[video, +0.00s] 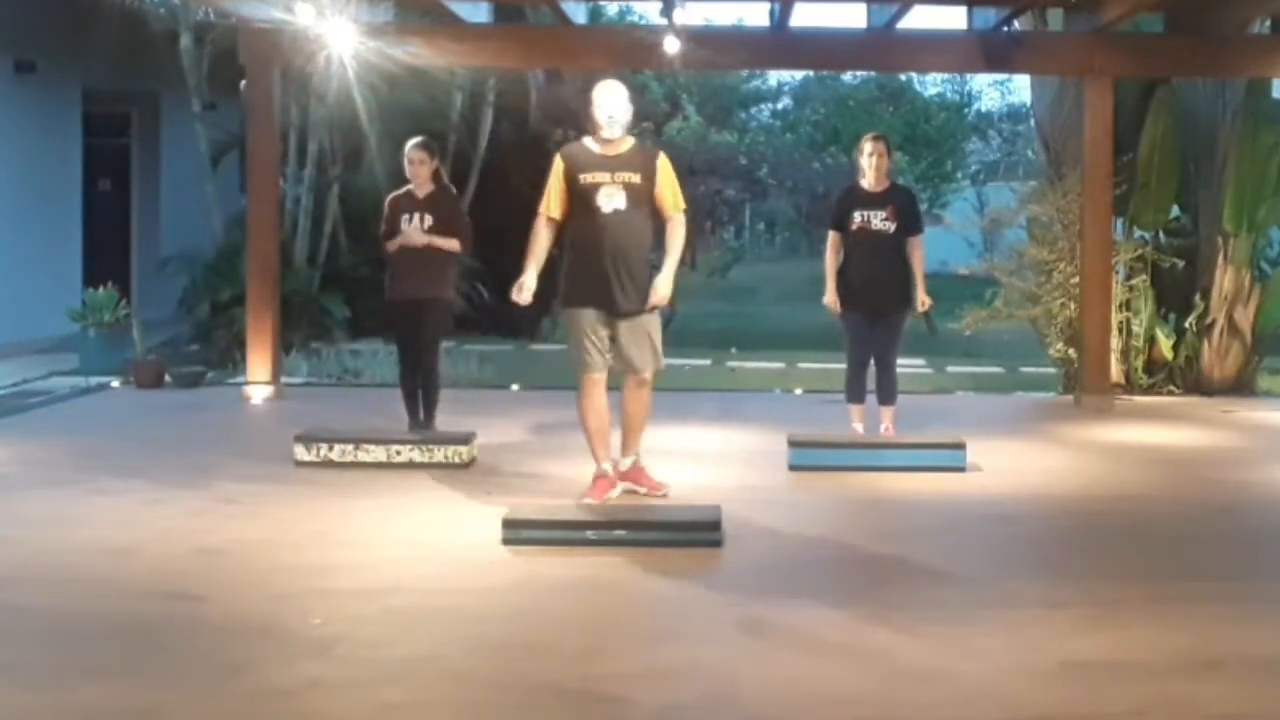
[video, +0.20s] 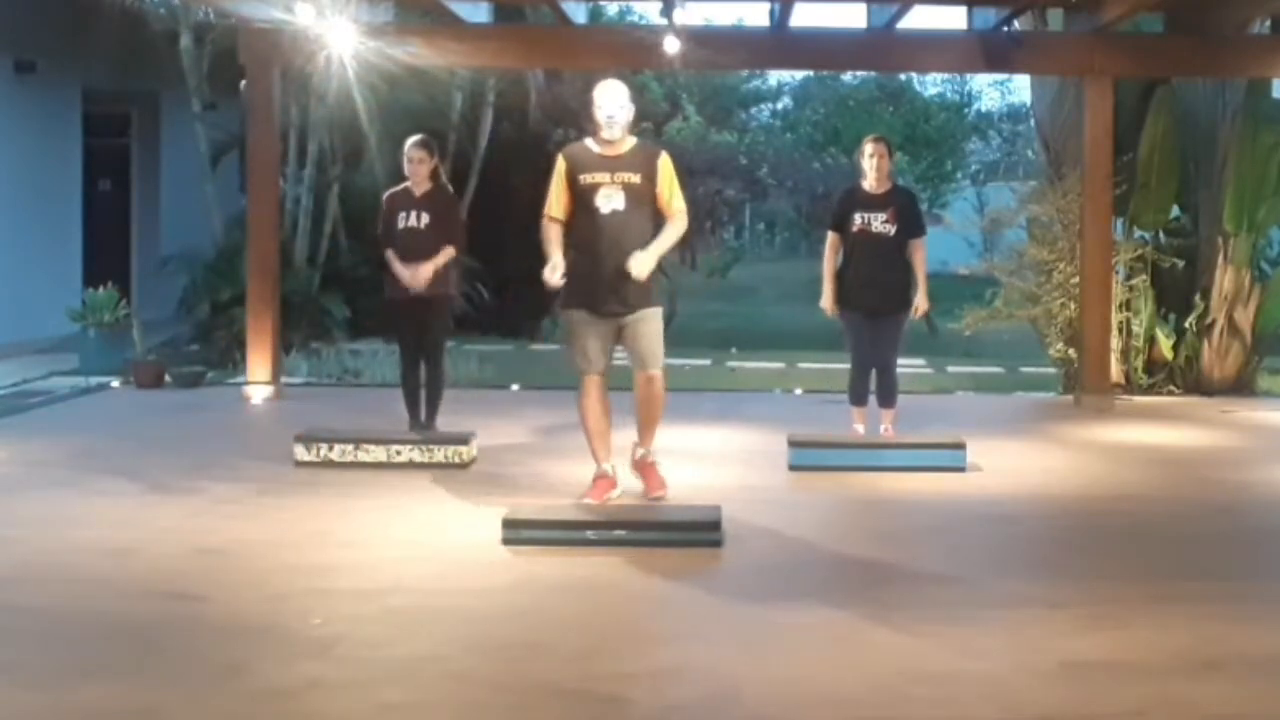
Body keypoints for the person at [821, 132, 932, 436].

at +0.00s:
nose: (874, 160)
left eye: (879, 155)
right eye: (869, 155)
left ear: (888, 159)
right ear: (860, 159)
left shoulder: (904, 198)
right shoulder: (847, 198)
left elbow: (915, 245)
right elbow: (834, 245)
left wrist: (920, 288)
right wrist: (830, 287)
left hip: (893, 292)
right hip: (855, 292)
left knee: (886, 359)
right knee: (857, 359)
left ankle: (888, 425)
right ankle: (858, 425)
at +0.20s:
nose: (875, 162)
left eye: (881, 156)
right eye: (870, 156)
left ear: (890, 161)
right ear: (862, 161)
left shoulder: (905, 200)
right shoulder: (848, 198)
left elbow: (917, 247)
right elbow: (832, 245)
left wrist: (921, 290)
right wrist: (828, 289)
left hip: (893, 293)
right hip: (854, 292)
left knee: (886, 362)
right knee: (860, 361)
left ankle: (887, 425)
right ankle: (859, 425)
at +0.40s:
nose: (875, 160)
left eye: (881, 154)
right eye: (870, 154)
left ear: (891, 159)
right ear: (862, 159)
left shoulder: (905, 198)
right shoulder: (848, 195)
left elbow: (915, 246)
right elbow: (832, 243)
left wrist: (919, 288)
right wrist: (827, 287)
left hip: (892, 291)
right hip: (854, 290)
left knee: (886, 359)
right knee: (857, 357)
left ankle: (887, 424)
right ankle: (858, 424)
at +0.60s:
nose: (875, 160)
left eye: (881, 155)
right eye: (870, 155)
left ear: (891, 159)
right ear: (863, 159)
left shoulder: (905, 198)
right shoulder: (849, 195)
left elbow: (917, 246)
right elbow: (832, 242)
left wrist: (924, 289)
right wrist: (825, 286)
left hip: (893, 292)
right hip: (855, 290)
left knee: (886, 359)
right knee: (856, 359)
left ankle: (887, 425)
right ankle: (858, 425)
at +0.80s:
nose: (875, 162)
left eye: (881, 157)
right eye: (870, 157)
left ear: (891, 161)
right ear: (863, 161)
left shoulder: (905, 199)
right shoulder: (850, 196)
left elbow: (918, 247)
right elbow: (832, 241)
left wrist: (930, 287)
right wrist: (824, 283)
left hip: (893, 292)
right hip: (854, 291)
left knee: (886, 359)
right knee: (856, 358)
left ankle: (887, 424)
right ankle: (857, 424)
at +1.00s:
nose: (877, 162)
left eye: (882, 156)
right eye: (871, 156)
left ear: (892, 160)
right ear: (864, 160)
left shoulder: (907, 198)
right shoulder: (850, 196)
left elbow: (920, 246)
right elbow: (833, 242)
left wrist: (930, 288)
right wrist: (827, 286)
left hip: (894, 292)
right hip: (855, 291)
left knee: (887, 359)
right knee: (856, 358)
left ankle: (887, 425)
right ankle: (857, 424)